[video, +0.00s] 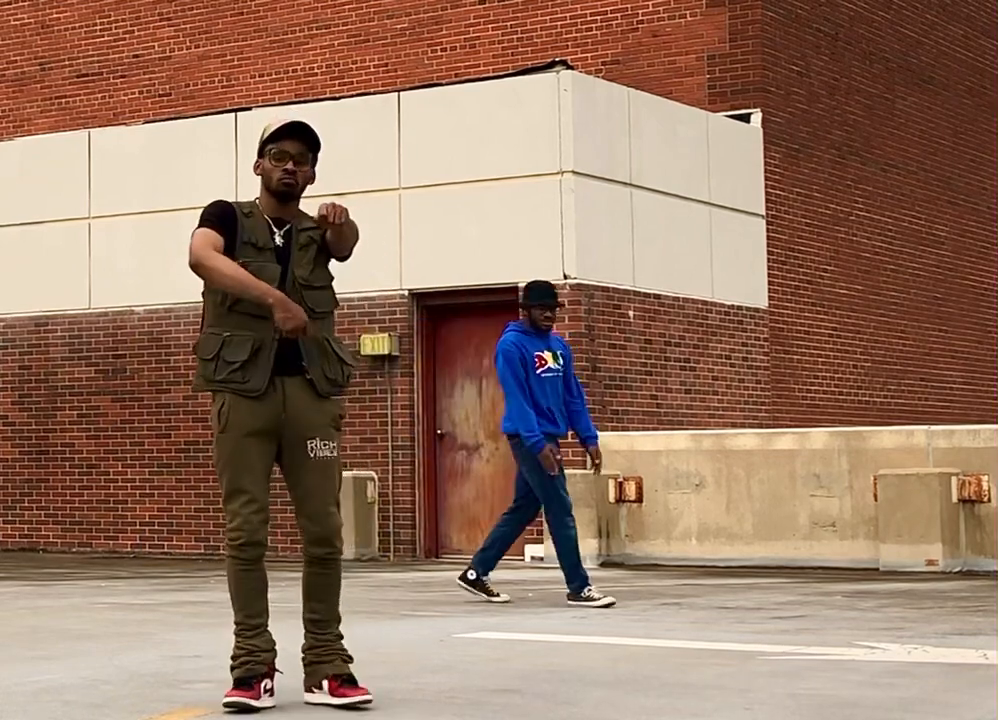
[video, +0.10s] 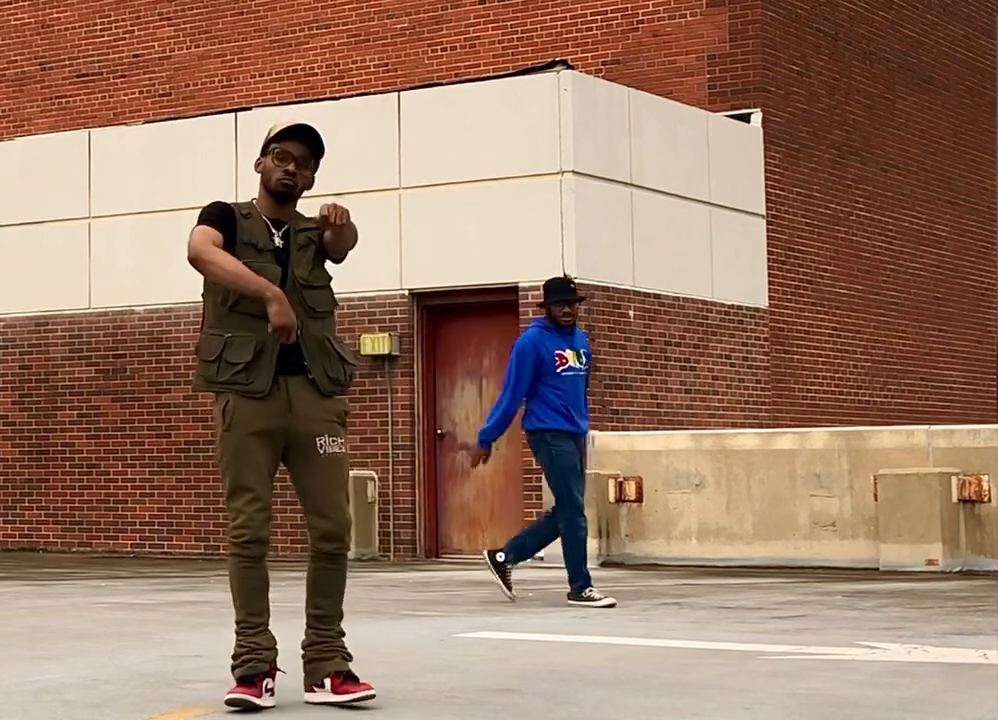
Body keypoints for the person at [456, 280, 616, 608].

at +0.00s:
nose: (550, 316)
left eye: (553, 310)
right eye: (542, 310)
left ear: (557, 310)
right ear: (525, 310)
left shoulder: (559, 345)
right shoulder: (511, 344)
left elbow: (572, 395)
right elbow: (516, 399)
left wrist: (589, 438)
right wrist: (539, 443)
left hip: (549, 436)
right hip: (527, 436)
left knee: (524, 509)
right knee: (559, 507)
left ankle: (476, 573)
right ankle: (578, 587)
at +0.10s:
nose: (569, 311)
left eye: (573, 305)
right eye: (561, 306)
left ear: (577, 305)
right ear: (547, 308)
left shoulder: (580, 340)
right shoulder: (531, 342)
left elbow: (579, 391)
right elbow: (512, 394)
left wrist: (582, 434)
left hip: (574, 433)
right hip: (548, 432)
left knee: (568, 510)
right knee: (572, 508)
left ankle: (505, 557)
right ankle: (580, 587)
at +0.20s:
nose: (585, 310)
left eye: (589, 304)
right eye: (578, 305)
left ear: (597, 302)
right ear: (565, 304)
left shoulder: (599, 333)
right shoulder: (548, 332)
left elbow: (583, 377)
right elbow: (508, 367)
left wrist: (594, 410)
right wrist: (470, 393)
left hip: (592, 431)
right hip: (565, 431)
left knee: (605, 506)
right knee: (578, 509)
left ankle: (544, 552)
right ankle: (581, 588)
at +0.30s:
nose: (594, 309)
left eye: (599, 302)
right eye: (587, 303)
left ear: (608, 302)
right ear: (575, 303)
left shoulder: (610, 330)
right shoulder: (560, 329)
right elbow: (517, 354)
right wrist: (475, 371)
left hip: (604, 433)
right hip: (573, 432)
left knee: (624, 502)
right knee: (581, 511)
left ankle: (576, 562)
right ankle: (581, 588)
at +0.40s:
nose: (608, 307)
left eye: (614, 301)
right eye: (602, 302)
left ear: (625, 301)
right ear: (592, 301)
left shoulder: (630, 330)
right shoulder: (577, 329)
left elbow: (605, 366)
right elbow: (532, 350)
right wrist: (487, 365)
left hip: (619, 432)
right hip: (585, 433)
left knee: (644, 500)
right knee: (588, 510)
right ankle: (582, 586)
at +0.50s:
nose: (632, 310)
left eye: (638, 304)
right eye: (626, 303)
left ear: (648, 303)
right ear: (616, 301)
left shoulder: (652, 331)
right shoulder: (597, 330)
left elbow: (631, 374)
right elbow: (556, 361)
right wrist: (515, 384)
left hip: (639, 436)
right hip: (605, 435)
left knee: (657, 507)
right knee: (597, 512)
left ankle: (681, 584)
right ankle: (583, 586)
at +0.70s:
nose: (660, 306)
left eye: (668, 300)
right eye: (655, 299)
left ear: (680, 301)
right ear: (647, 298)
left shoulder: (687, 332)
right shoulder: (629, 328)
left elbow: (671, 377)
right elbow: (593, 368)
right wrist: (556, 399)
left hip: (679, 435)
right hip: (645, 436)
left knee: (689, 513)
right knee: (649, 511)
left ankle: (685, 590)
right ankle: (602, 568)